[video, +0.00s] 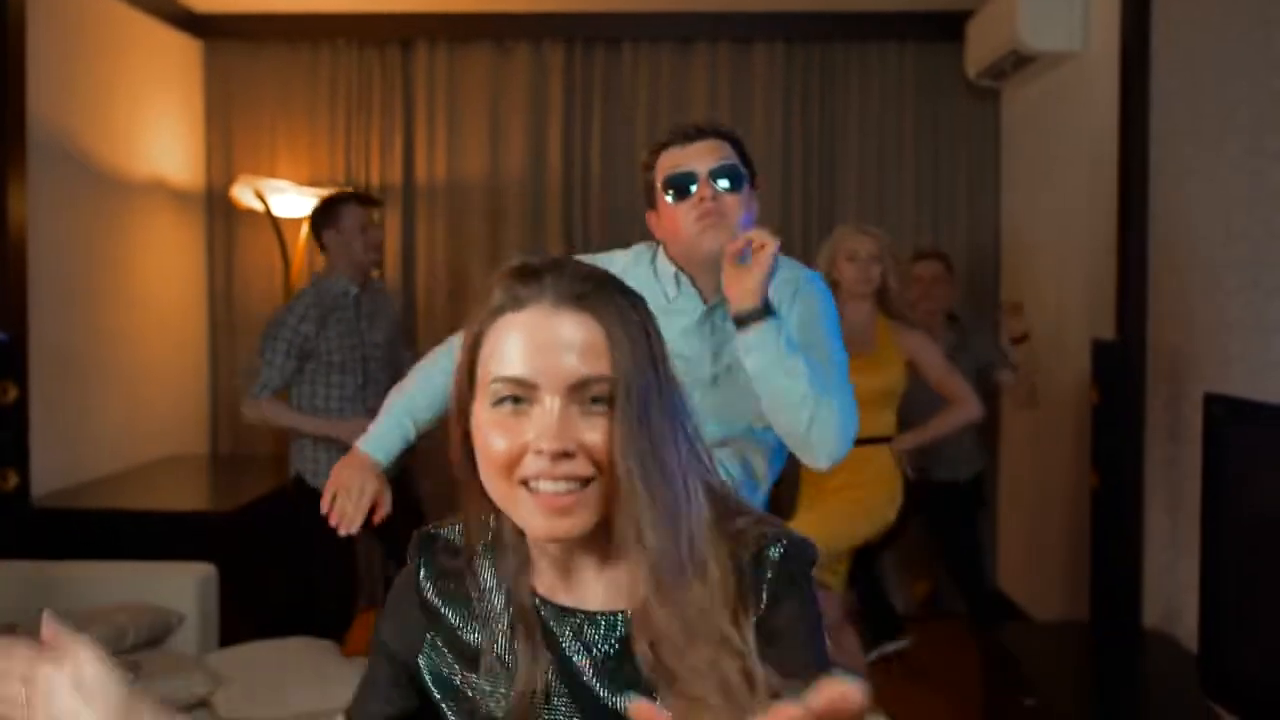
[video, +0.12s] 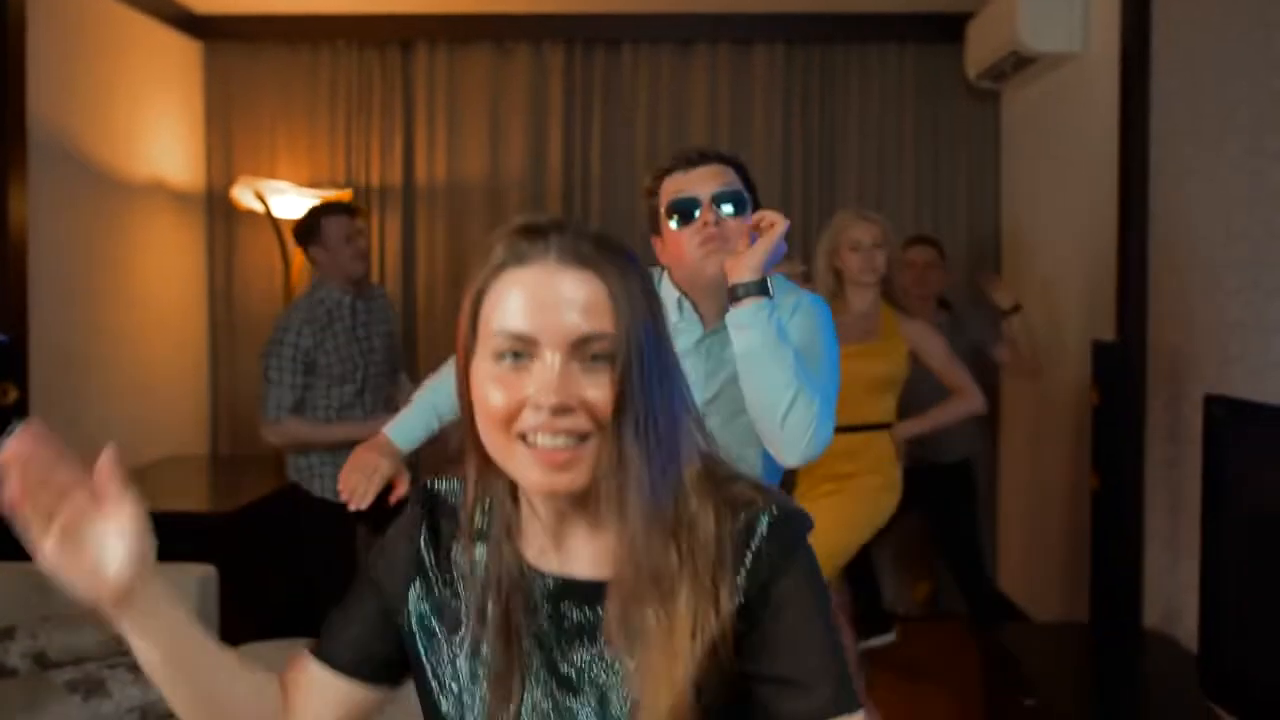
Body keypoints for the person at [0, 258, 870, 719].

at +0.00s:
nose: (551, 441)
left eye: (592, 400)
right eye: (513, 400)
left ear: (646, 418)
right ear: (468, 424)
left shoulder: (764, 578)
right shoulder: (437, 583)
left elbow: (827, 697)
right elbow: (371, 711)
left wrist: (802, 709)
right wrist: (131, 712)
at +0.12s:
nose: (552, 394)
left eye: (592, 356)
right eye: (516, 356)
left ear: (641, 376)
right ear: (467, 376)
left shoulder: (756, 551)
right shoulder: (431, 536)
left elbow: (820, 707)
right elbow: (292, 701)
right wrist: (136, 598)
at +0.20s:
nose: (555, 353)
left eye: (594, 315)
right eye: (517, 311)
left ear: (637, 340)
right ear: (464, 333)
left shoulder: (747, 513)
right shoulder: (420, 503)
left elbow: (848, 713)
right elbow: (244, 687)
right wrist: (152, 520)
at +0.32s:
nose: (557, 324)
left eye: (599, 284)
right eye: (517, 279)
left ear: (647, 311)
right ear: (462, 299)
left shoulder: (739, 472)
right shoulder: (416, 460)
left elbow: (874, 701)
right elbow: (195, 626)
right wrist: (192, 428)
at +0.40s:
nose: (560, 324)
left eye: (602, 285)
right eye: (520, 278)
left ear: (648, 308)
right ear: (463, 295)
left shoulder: (728, 459)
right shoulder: (423, 466)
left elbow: (876, 695)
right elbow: (186, 593)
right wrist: (260, 404)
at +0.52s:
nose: (571, 354)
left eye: (609, 316)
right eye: (530, 309)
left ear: (649, 330)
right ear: (466, 315)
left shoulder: (726, 479)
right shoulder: (435, 487)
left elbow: (878, 701)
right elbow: (208, 584)